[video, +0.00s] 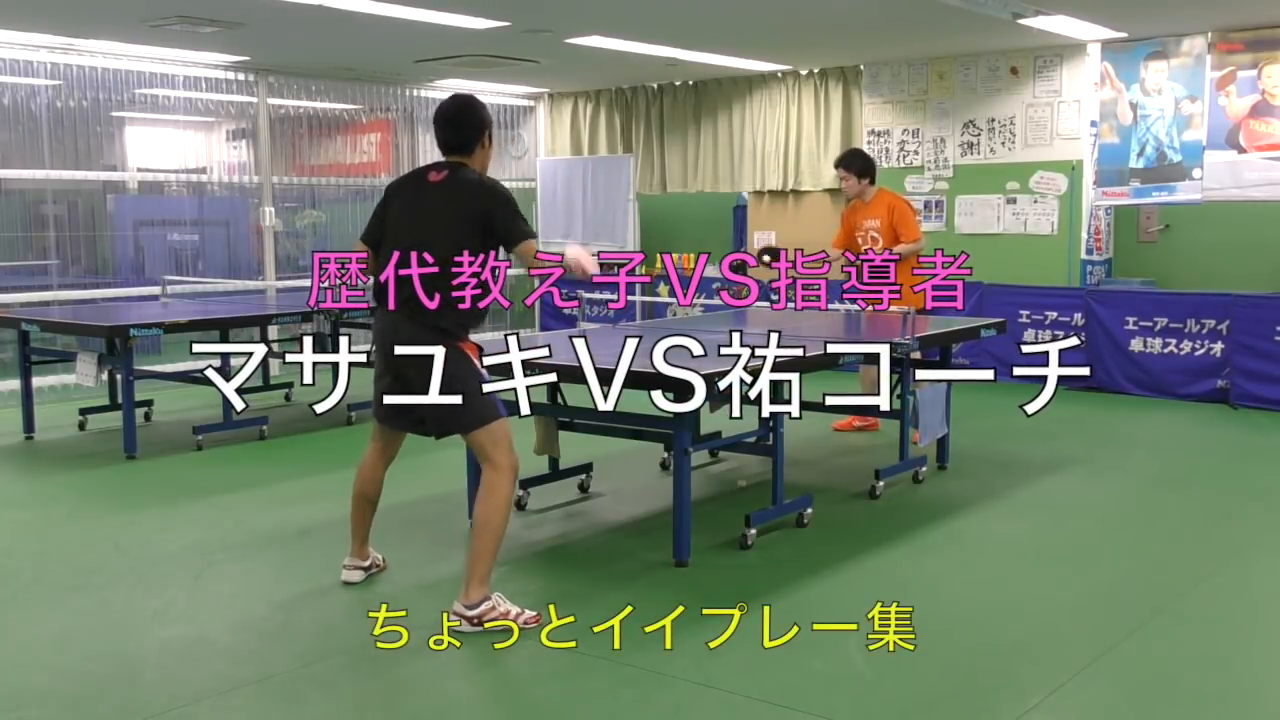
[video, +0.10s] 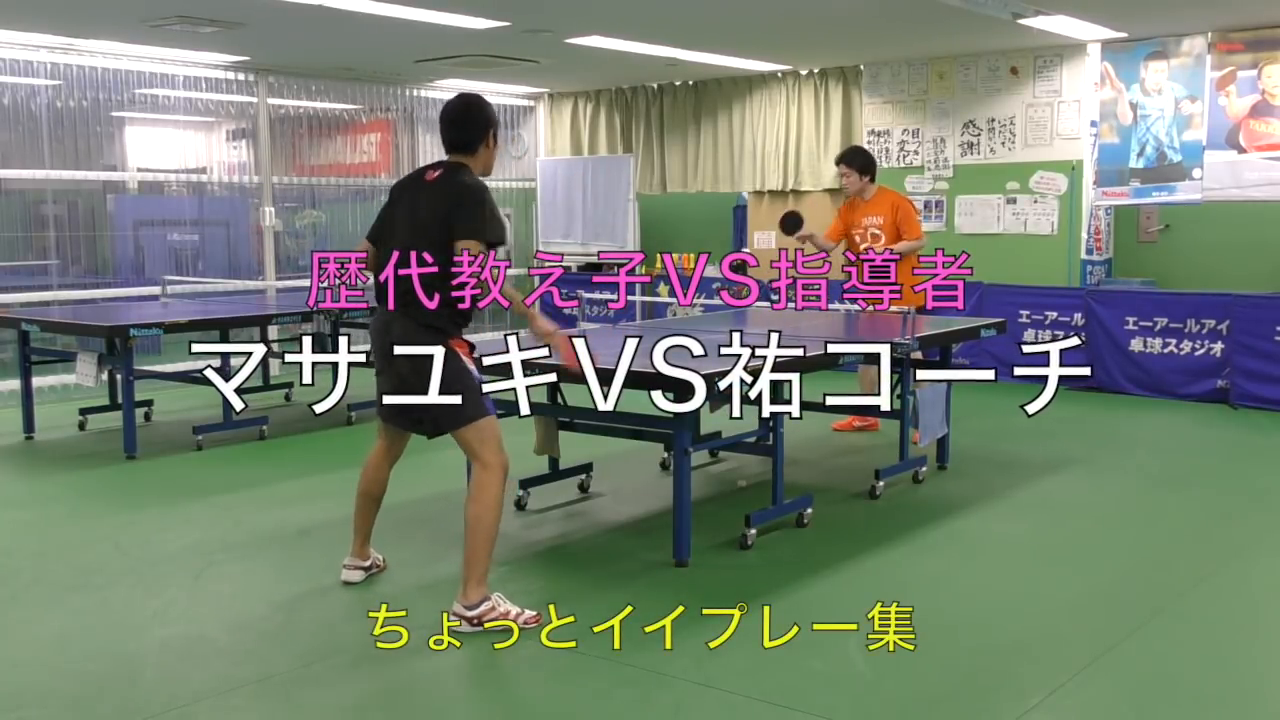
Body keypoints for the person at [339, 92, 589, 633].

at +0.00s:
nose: (493, 146)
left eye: (489, 137)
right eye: (492, 137)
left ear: (439, 140)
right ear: (485, 140)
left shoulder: (402, 188)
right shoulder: (488, 194)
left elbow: (371, 252)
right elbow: (530, 256)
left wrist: (414, 285)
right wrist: (569, 256)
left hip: (392, 344)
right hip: (445, 348)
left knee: (378, 451)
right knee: (500, 464)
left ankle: (357, 556)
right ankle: (475, 597)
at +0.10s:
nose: (499, 147)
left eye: (496, 137)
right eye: (497, 138)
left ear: (445, 138)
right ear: (488, 140)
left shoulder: (409, 184)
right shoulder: (469, 190)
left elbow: (371, 253)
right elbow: (473, 268)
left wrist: (405, 299)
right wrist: (534, 319)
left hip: (389, 342)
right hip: (432, 346)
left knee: (386, 446)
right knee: (490, 461)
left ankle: (358, 556)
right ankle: (474, 597)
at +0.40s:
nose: (520, 167)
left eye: (521, 155)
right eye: (516, 154)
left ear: (477, 152)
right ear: (490, 151)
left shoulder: (429, 189)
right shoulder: (474, 200)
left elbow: (374, 257)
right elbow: (532, 272)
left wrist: (429, 281)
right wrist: (622, 292)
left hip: (377, 335)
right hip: (411, 343)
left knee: (384, 442)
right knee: (472, 459)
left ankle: (358, 554)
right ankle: (468, 596)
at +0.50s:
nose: (527, 166)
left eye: (526, 156)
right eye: (524, 156)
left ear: (478, 156)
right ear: (505, 155)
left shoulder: (430, 192)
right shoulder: (499, 206)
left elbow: (374, 258)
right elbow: (582, 249)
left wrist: (434, 262)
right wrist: (635, 225)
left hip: (378, 340)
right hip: (416, 347)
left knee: (373, 450)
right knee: (490, 461)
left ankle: (356, 554)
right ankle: (472, 598)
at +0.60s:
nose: (528, 167)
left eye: (527, 159)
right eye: (526, 159)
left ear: (473, 159)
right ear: (514, 159)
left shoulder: (428, 202)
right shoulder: (514, 208)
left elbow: (375, 264)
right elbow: (598, 235)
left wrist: (430, 268)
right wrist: (608, 198)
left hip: (393, 354)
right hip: (445, 360)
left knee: (375, 462)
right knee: (518, 469)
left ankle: (361, 557)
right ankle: (475, 599)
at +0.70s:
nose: (524, 154)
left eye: (521, 145)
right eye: (521, 146)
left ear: (467, 150)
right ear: (513, 151)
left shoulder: (427, 197)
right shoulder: (519, 202)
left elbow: (377, 266)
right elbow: (593, 243)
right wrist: (599, 211)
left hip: (407, 355)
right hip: (464, 360)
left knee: (392, 456)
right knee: (521, 471)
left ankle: (369, 558)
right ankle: (475, 599)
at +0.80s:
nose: (519, 138)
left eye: (516, 129)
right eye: (518, 129)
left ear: (465, 131)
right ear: (510, 131)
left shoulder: (425, 180)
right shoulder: (511, 185)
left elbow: (377, 253)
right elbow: (563, 252)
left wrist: (422, 246)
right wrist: (587, 254)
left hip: (411, 340)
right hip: (465, 344)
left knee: (409, 441)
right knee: (508, 464)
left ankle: (378, 556)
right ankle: (475, 598)